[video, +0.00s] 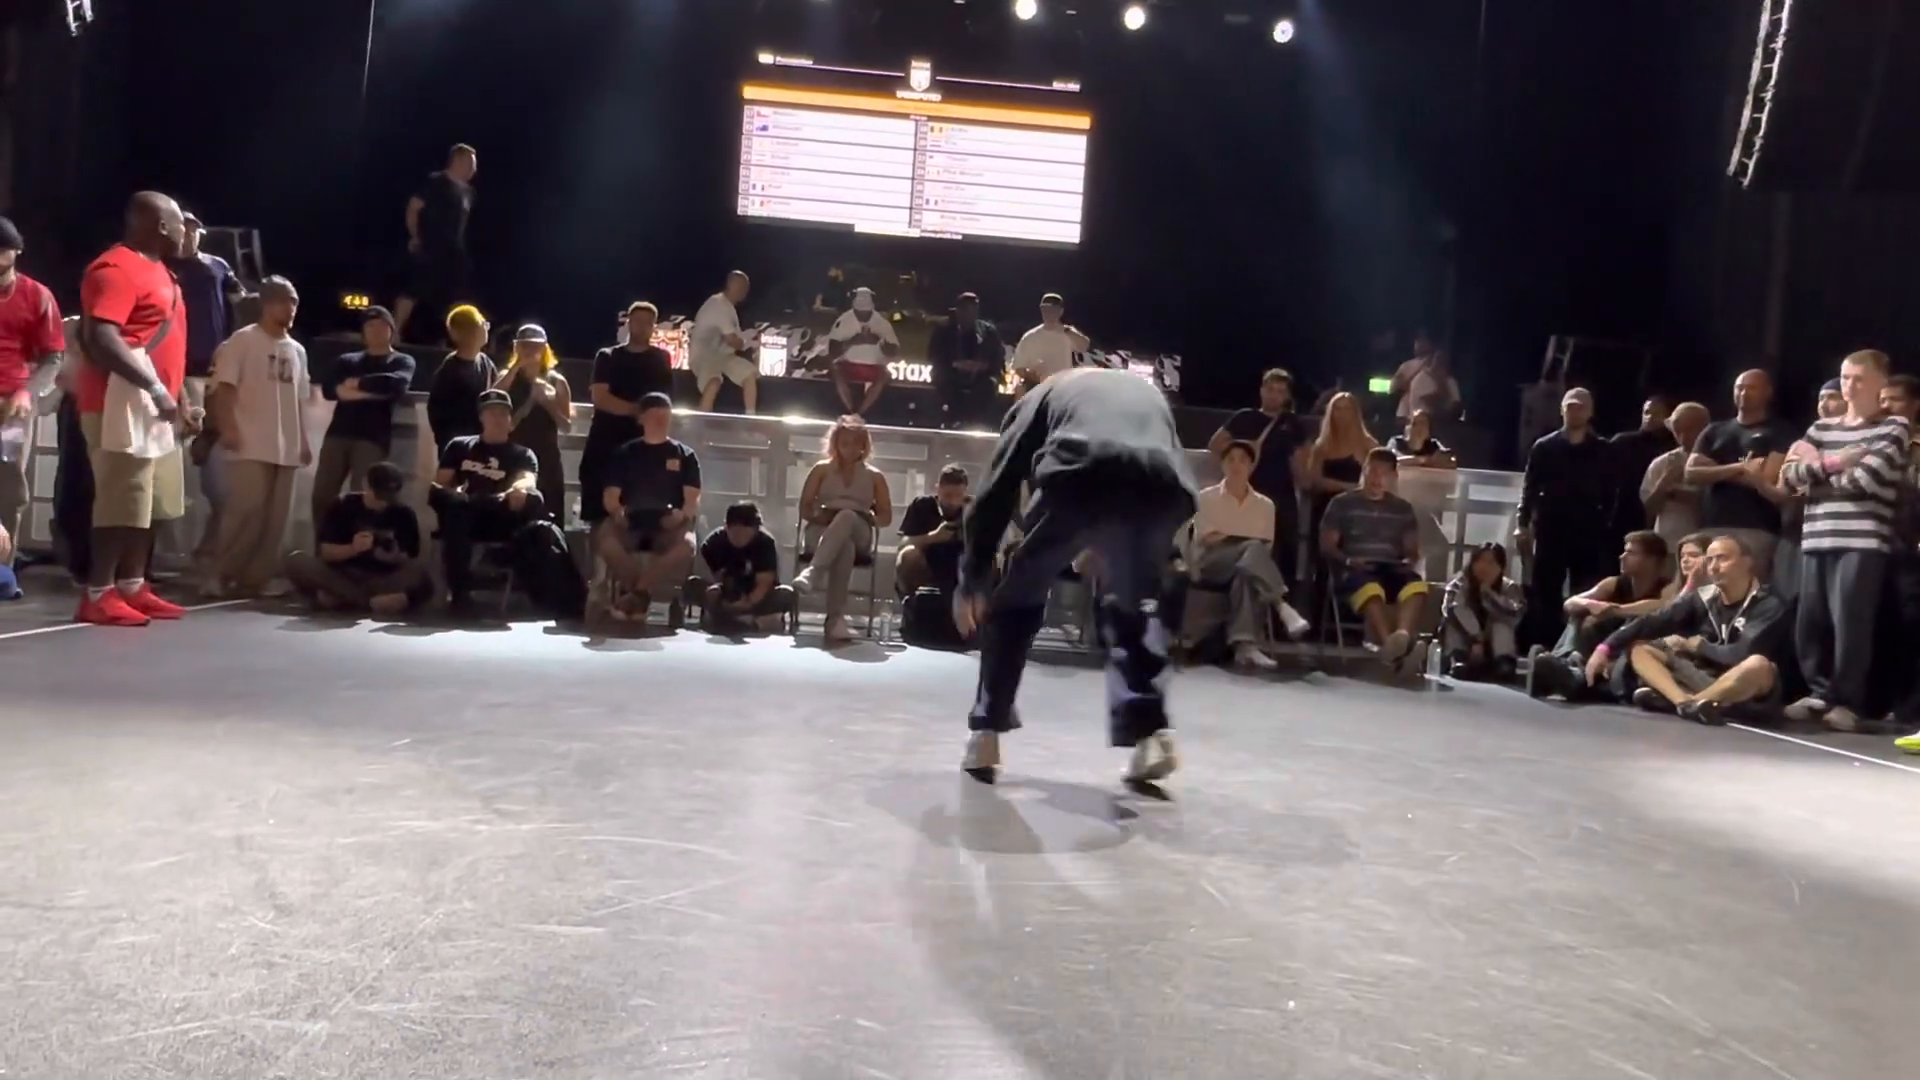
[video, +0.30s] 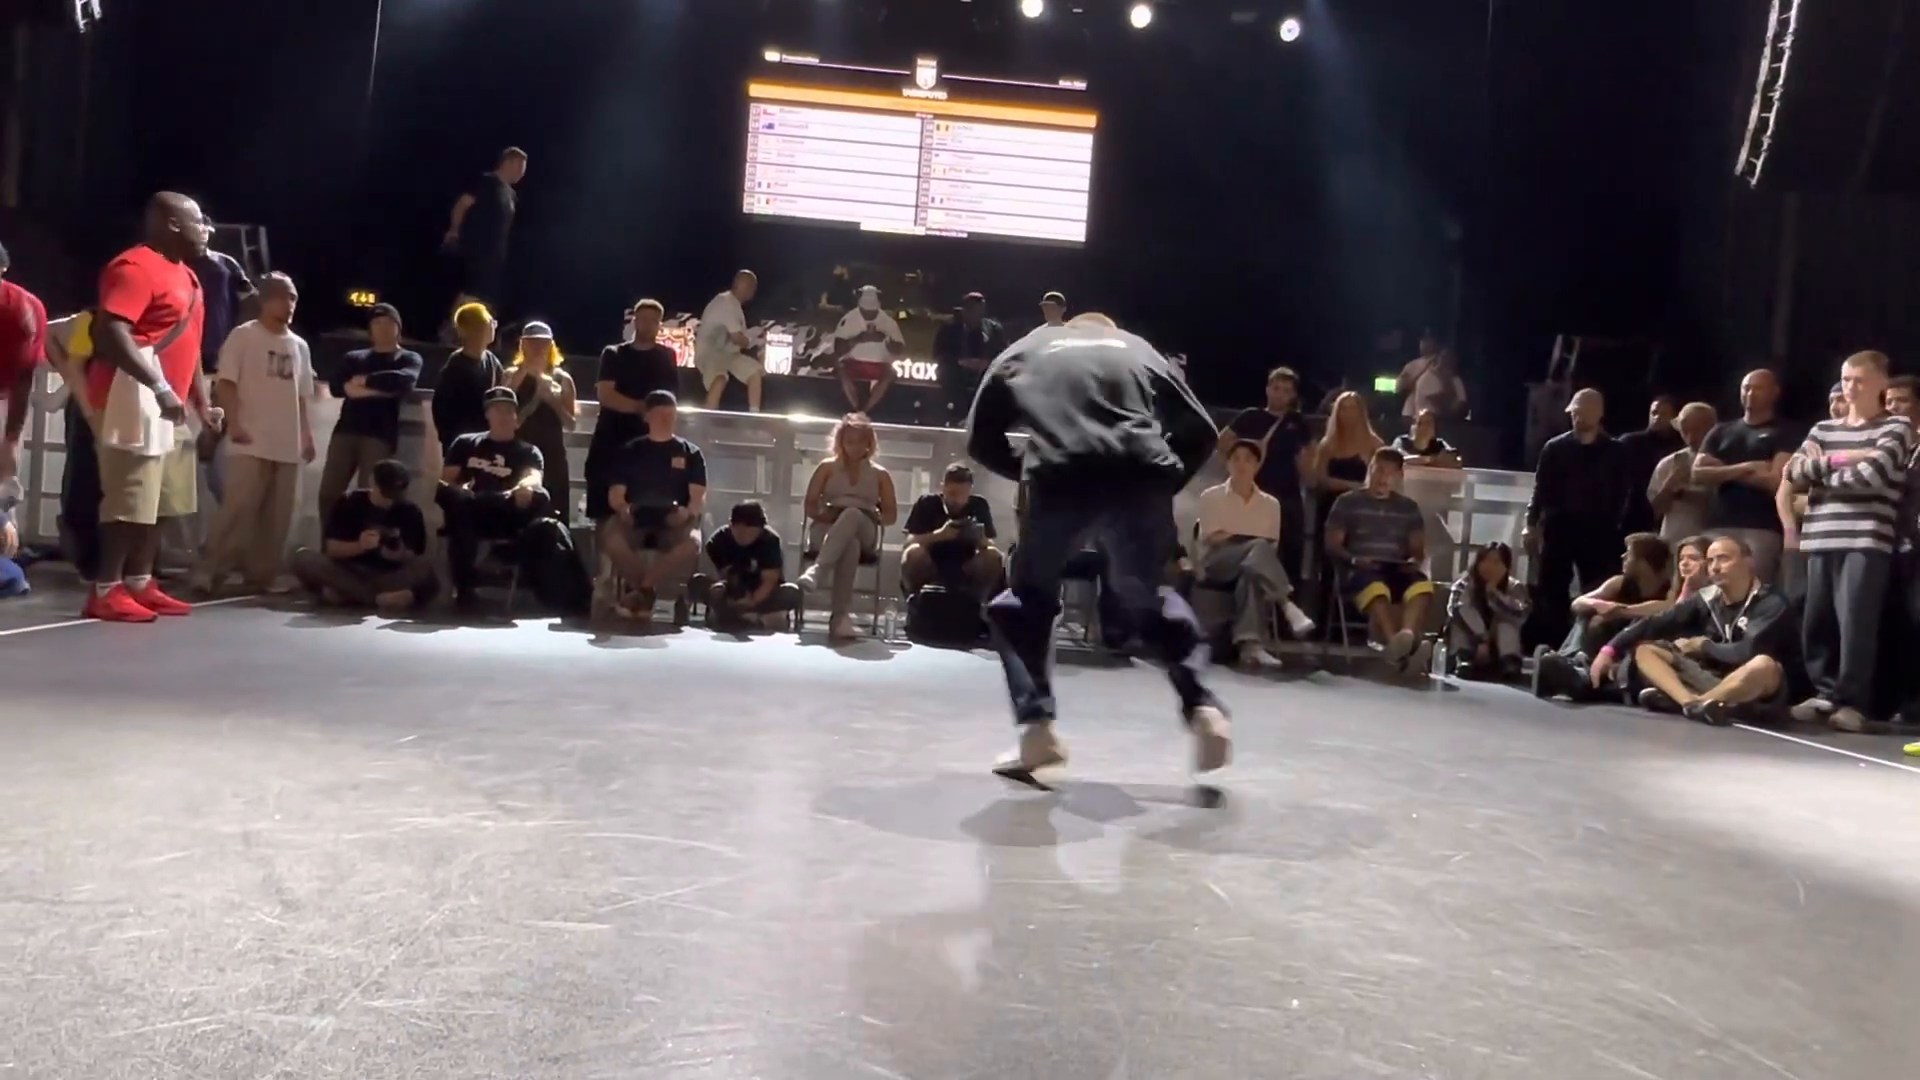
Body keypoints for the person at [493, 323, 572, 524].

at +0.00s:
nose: (530, 351)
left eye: (536, 345)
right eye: (525, 345)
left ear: (544, 349)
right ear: (516, 348)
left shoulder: (557, 382)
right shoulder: (506, 378)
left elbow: (566, 425)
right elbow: (490, 405)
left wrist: (546, 402)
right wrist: (515, 368)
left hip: (546, 455)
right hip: (512, 455)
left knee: (551, 517)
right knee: (511, 518)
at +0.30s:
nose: (537, 347)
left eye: (543, 342)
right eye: (532, 341)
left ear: (551, 346)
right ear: (522, 345)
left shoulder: (563, 379)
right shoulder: (511, 376)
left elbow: (571, 423)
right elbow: (502, 414)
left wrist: (552, 399)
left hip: (552, 451)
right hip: (519, 450)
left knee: (556, 512)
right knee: (518, 512)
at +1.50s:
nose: (557, 330)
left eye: (562, 325)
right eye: (551, 325)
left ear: (568, 329)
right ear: (540, 328)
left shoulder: (579, 362)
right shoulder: (527, 360)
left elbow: (585, 407)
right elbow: (523, 401)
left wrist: (571, 380)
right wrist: (548, 373)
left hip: (568, 434)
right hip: (536, 434)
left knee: (572, 494)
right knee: (534, 495)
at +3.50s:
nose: (559, 327)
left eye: (565, 321)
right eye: (553, 321)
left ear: (573, 325)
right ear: (544, 324)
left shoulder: (583, 356)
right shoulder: (531, 354)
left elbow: (588, 393)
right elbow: (532, 399)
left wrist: (576, 358)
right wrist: (557, 373)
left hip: (572, 430)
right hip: (540, 429)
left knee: (575, 490)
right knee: (539, 490)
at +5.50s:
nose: (547, 337)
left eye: (552, 331)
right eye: (541, 332)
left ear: (560, 335)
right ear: (532, 335)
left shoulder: (569, 366)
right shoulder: (521, 364)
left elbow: (575, 396)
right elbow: (515, 394)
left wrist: (564, 356)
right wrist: (535, 364)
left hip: (560, 436)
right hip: (529, 434)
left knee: (565, 495)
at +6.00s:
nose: (535, 350)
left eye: (539, 345)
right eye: (529, 345)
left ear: (546, 347)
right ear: (518, 346)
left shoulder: (552, 375)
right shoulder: (508, 374)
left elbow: (564, 394)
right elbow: (496, 397)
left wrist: (551, 358)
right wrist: (518, 364)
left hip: (548, 449)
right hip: (516, 449)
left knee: (553, 511)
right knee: (516, 510)